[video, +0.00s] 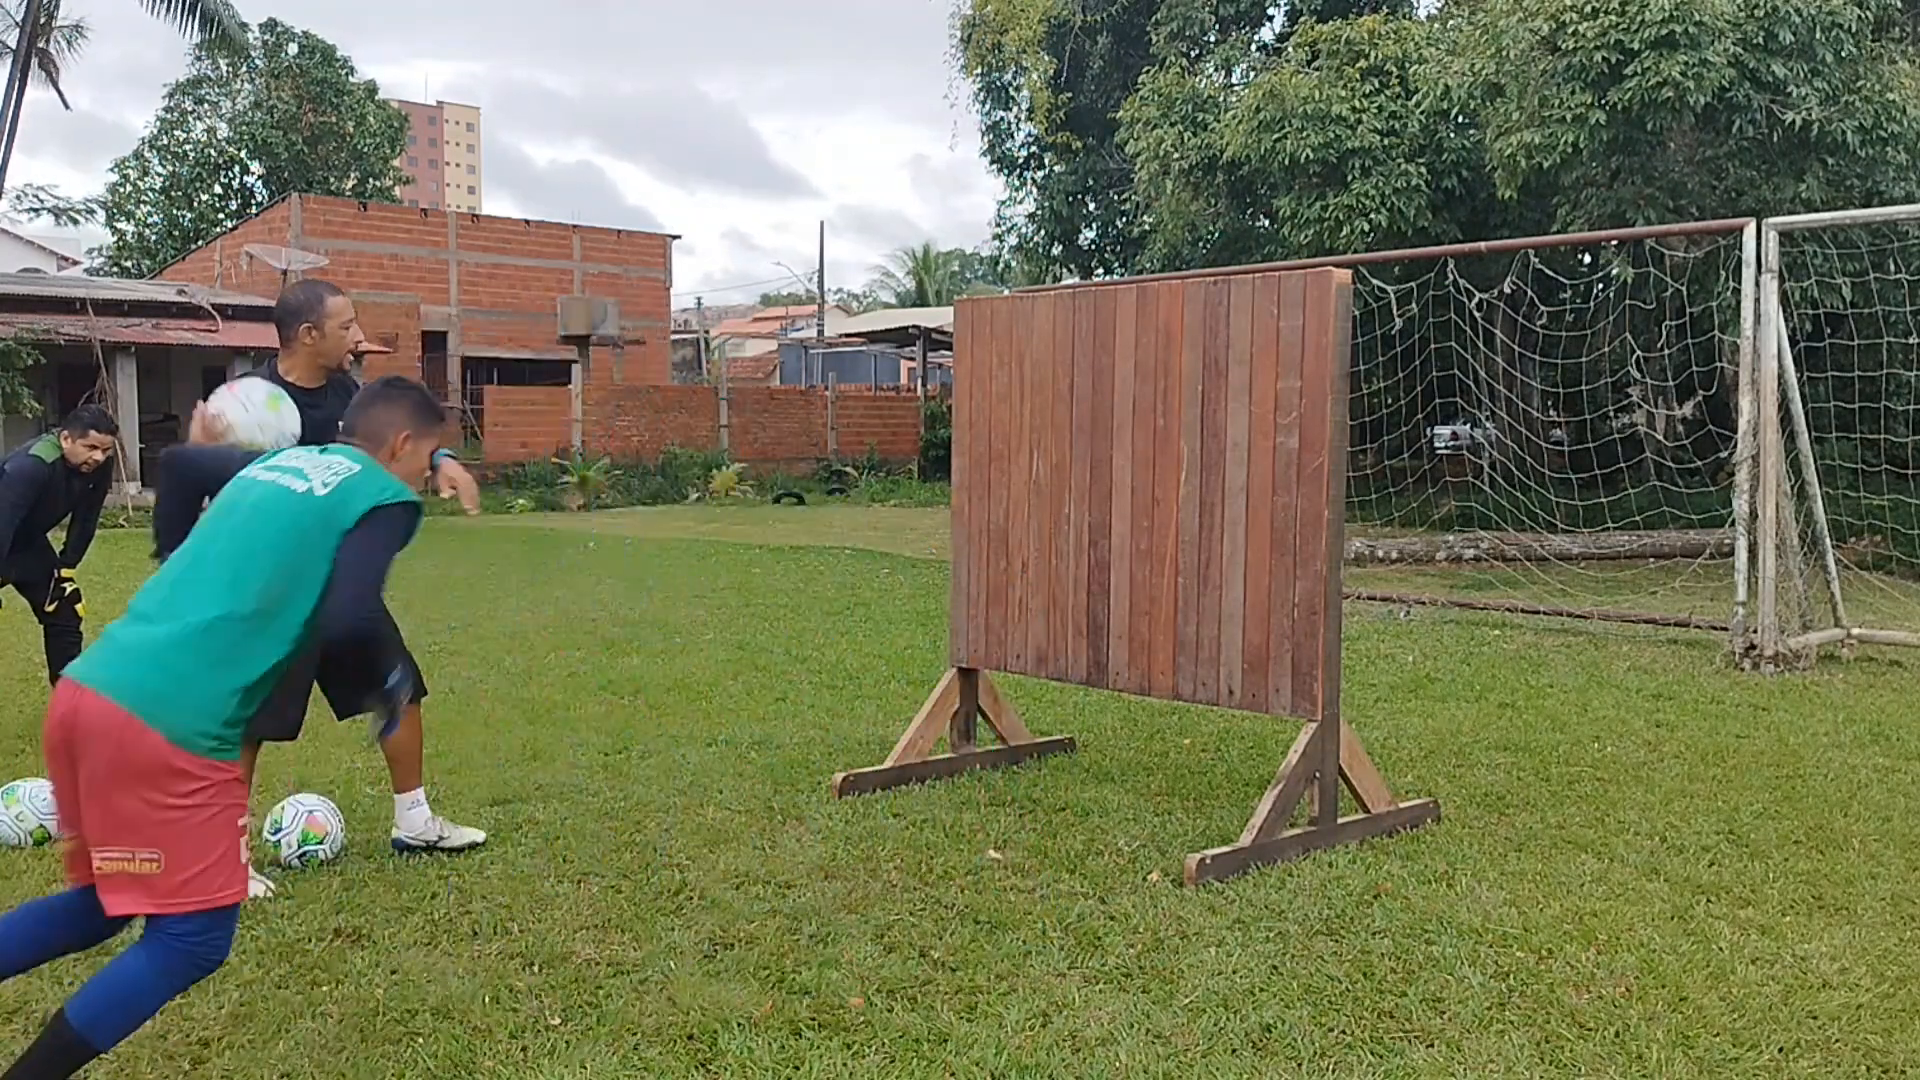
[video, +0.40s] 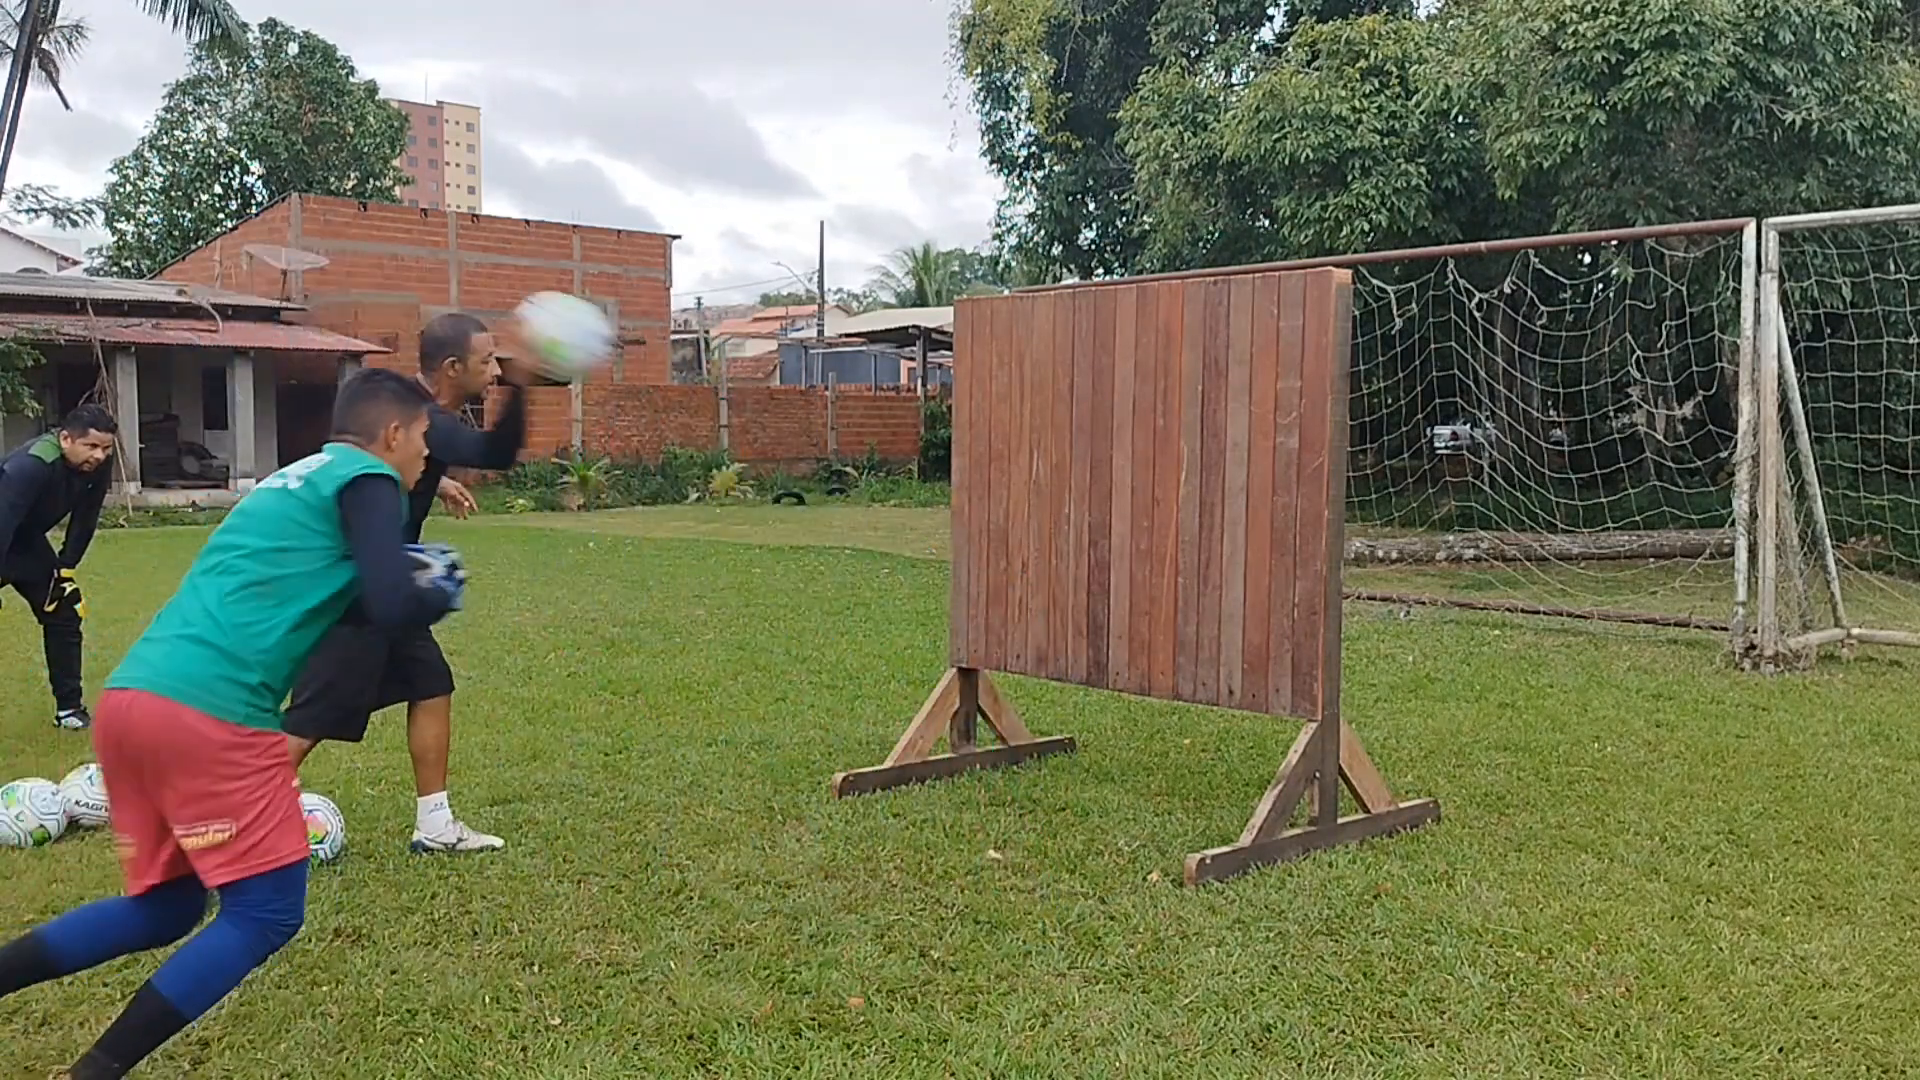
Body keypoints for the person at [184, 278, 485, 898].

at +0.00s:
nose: (358, 335)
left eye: (356, 324)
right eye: (346, 326)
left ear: (322, 334)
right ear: (305, 335)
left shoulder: (348, 390)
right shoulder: (248, 403)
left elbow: (388, 437)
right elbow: (192, 499)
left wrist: (440, 461)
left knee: (399, 687)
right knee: (246, 720)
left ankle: (415, 820)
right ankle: (224, 853)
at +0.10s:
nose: (384, 343)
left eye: (382, 332)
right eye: (374, 334)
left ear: (345, 342)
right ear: (335, 342)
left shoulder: (367, 393)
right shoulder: (270, 398)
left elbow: (411, 427)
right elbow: (189, 452)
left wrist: (483, 457)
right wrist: (178, 370)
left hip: (356, 579)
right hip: (285, 586)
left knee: (409, 687)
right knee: (251, 715)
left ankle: (429, 825)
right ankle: (214, 835)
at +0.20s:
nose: (422, 351)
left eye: (420, 339)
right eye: (413, 340)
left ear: (384, 349)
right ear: (373, 349)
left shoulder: (395, 401)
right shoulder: (311, 398)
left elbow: (415, 426)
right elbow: (228, 409)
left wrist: (478, 452)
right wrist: (210, 317)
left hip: (377, 588)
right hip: (308, 591)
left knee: (430, 689)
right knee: (268, 722)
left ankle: (432, 826)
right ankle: (224, 845)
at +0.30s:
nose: (461, 359)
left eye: (459, 348)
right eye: (452, 349)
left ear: (417, 356)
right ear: (416, 357)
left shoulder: (415, 413)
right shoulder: (366, 407)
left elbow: (411, 441)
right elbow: (323, 394)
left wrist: (450, 460)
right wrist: (304, 319)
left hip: (391, 590)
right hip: (334, 592)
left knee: (439, 689)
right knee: (291, 721)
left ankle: (435, 824)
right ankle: (231, 832)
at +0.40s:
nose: (492, 369)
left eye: (492, 358)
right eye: (484, 359)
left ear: (444, 368)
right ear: (450, 367)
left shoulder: (424, 407)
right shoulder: (426, 419)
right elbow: (498, 454)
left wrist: (435, 480)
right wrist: (519, 386)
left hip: (384, 593)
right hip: (351, 597)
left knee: (431, 686)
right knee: (311, 715)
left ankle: (435, 823)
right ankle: (241, 817)